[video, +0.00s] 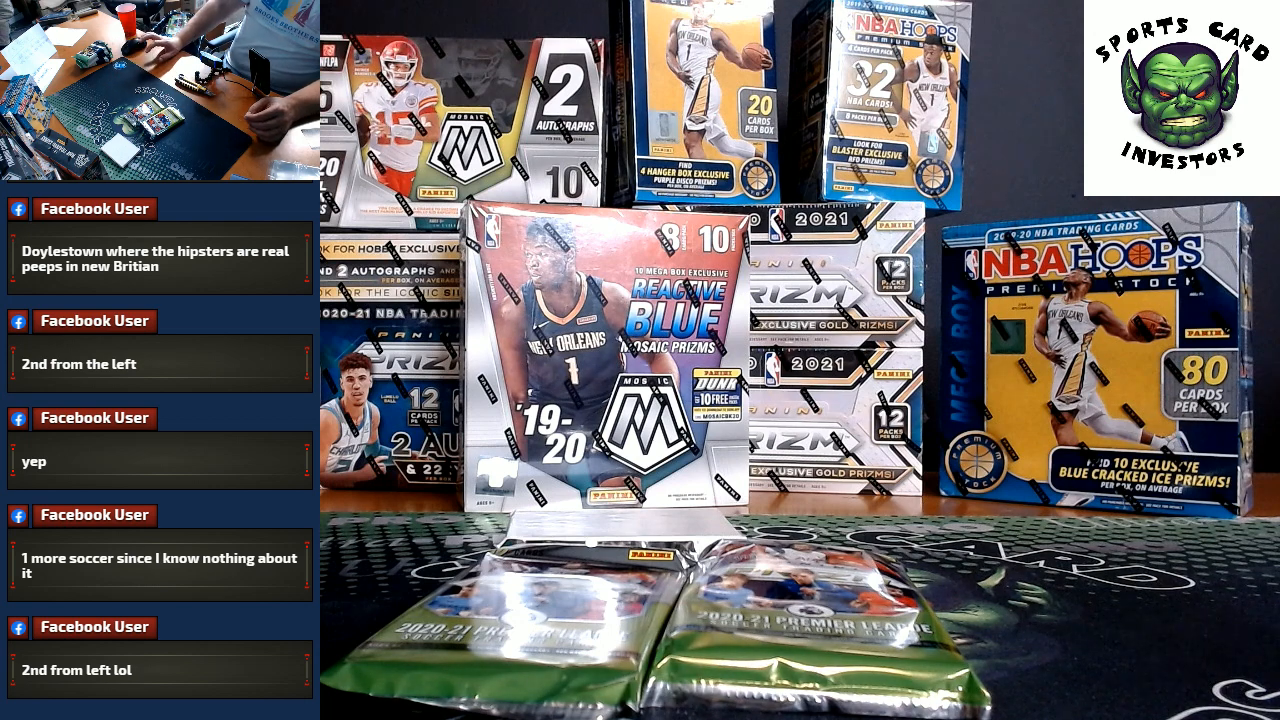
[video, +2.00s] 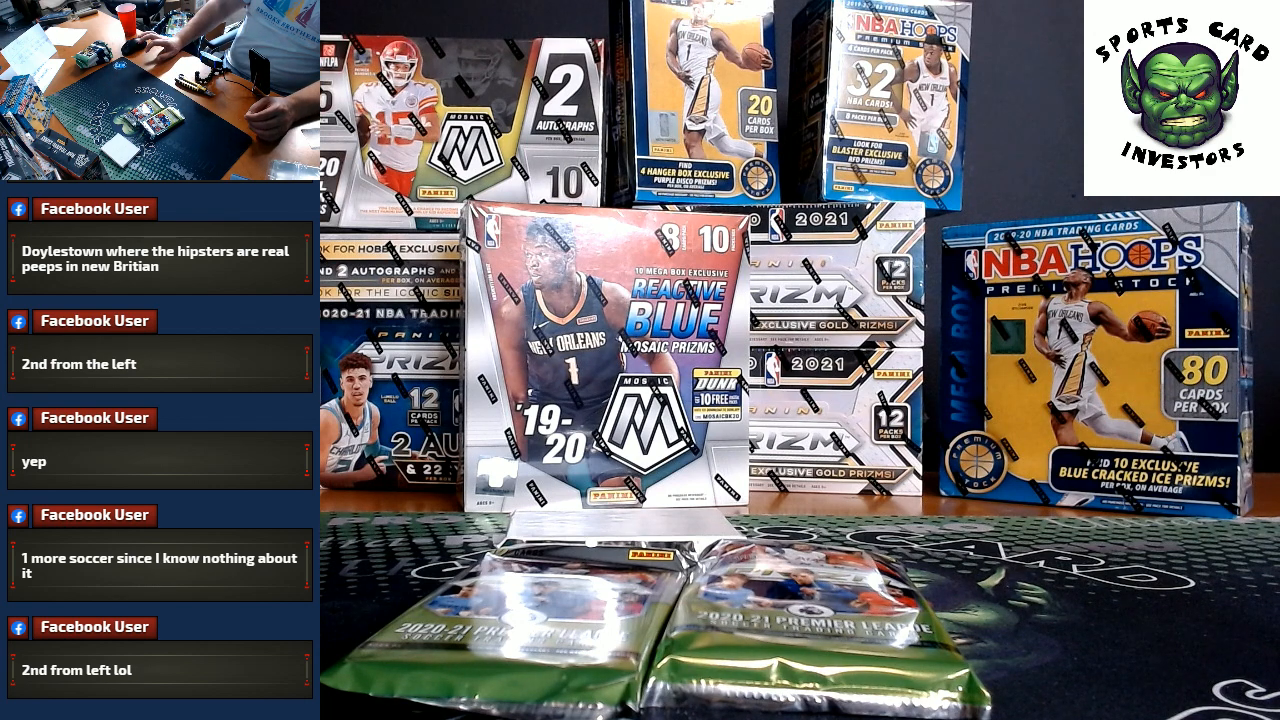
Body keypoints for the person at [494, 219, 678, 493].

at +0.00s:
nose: (532, 263)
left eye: (542, 254)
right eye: (529, 255)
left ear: (570, 255)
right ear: (524, 258)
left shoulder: (611, 299)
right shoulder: (514, 312)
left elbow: (657, 357)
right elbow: (518, 398)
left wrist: (663, 414)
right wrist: (524, 460)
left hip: (610, 424)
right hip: (549, 428)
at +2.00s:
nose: (532, 263)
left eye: (542, 254)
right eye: (529, 255)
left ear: (569, 256)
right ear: (524, 258)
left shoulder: (611, 299)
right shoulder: (513, 313)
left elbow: (658, 357)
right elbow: (518, 399)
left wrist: (662, 413)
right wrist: (524, 460)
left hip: (610, 423)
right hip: (549, 427)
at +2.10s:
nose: (533, 263)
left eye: (543, 254)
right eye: (529, 255)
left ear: (570, 256)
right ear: (525, 258)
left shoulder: (612, 299)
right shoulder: (513, 313)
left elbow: (657, 356)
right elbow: (518, 399)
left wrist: (663, 412)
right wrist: (524, 461)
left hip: (611, 420)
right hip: (550, 425)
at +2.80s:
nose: (533, 263)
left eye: (542, 254)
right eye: (529, 255)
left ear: (569, 255)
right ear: (525, 258)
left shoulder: (611, 299)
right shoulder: (514, 312)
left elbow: (658, 357)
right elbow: (518, 399)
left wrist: (663, 414)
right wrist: (522, 461)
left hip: (610, 420)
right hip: (549, 423)